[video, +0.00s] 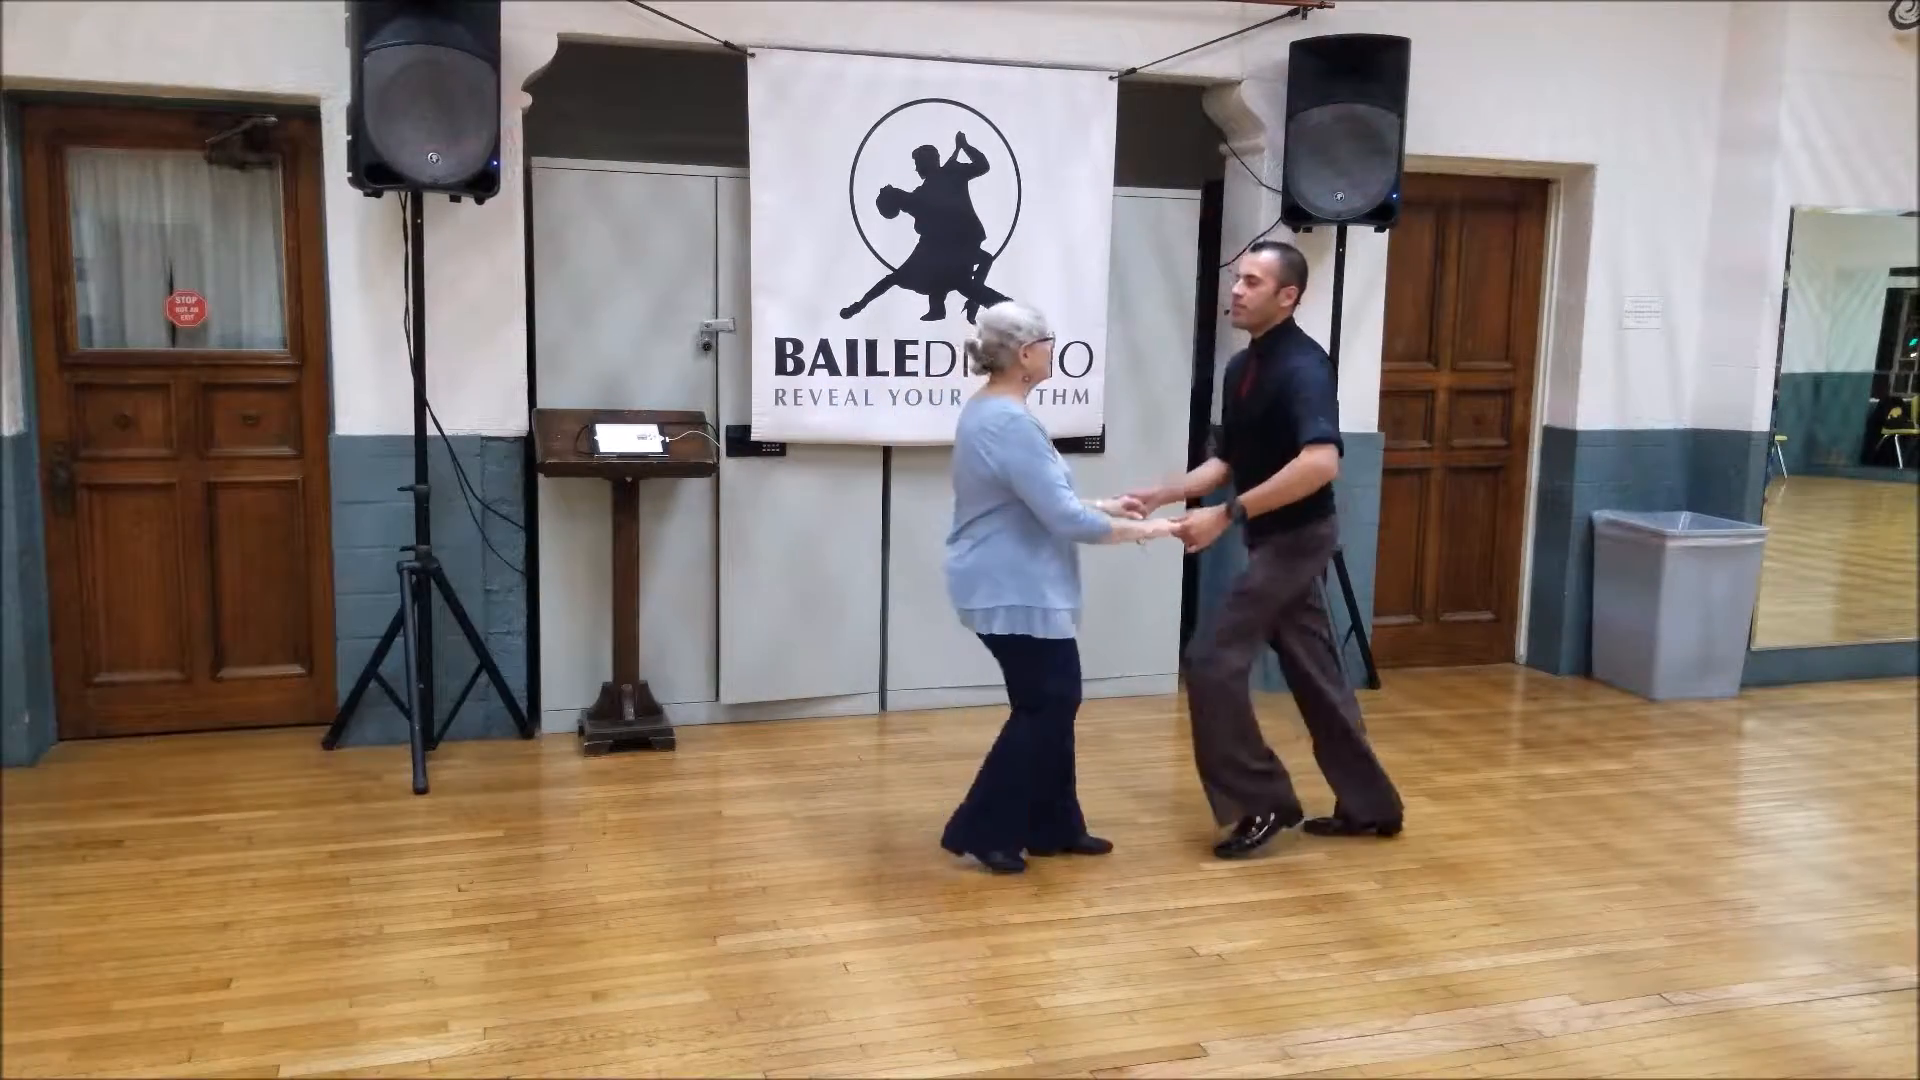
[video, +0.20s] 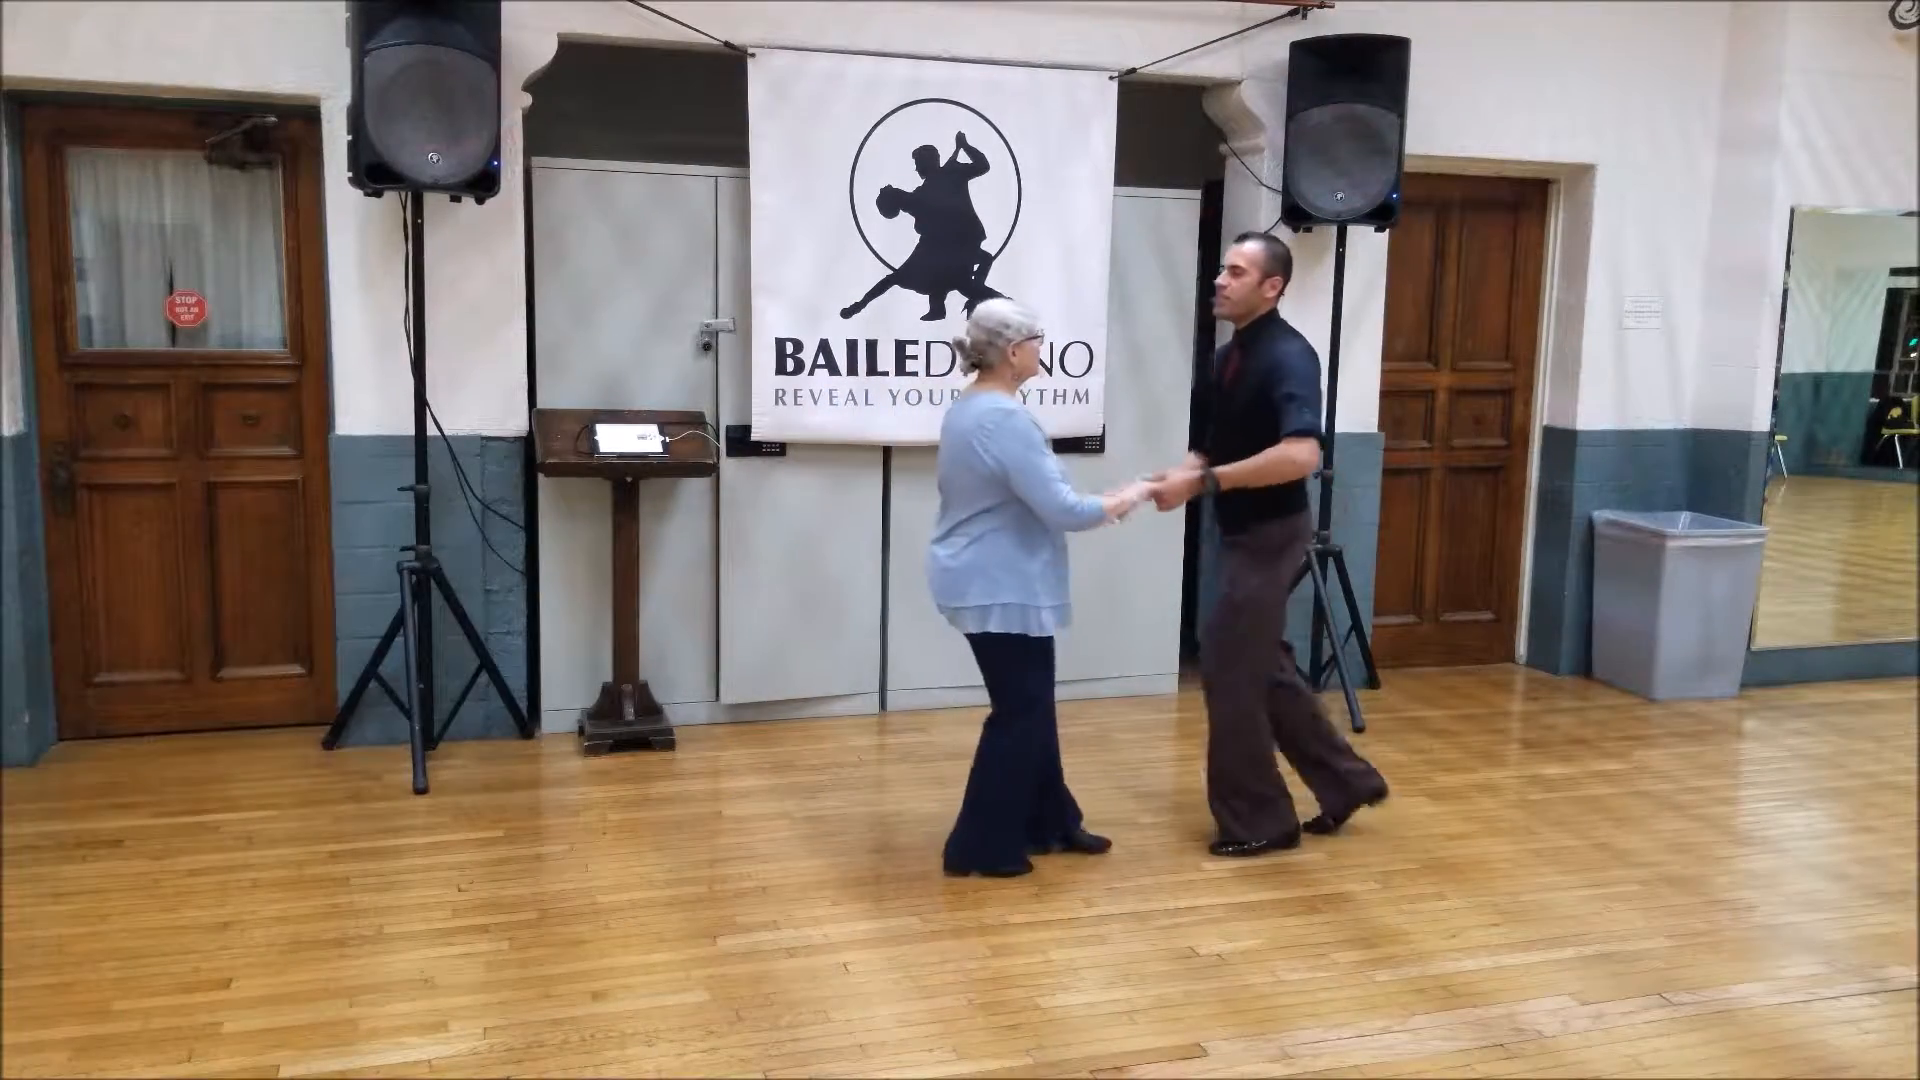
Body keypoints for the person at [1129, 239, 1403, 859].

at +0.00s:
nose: (1235, 290)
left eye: (1251, 283)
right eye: (1236, 279)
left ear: (1288, 296)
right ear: (1238, 285)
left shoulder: (1303, 364)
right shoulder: (1243, 366)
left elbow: (1322, 462)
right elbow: (1232, 459)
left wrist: (1229, 512)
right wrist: (1166, 492)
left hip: (1301, 536)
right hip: (1272, 535)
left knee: (1212, 660)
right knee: (1315, 671)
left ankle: (1265, 803)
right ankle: (1370, 805)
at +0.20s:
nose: (1220, 281)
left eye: (1236, 273)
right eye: (1223, 270)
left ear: (1272, 287)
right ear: (1234, 281)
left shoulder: (1290, 355)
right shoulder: (1229, 353)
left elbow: (1302, 455)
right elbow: (1213, 445)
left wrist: (1208, 478)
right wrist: (1179, 475)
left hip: (1273, 533)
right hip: (1237, 529)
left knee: (1229, 664)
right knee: (1256, 663)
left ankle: (1260, 822)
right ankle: (1346, 781)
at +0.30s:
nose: (1206, 274)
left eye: (1221, 267)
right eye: (1207, 263)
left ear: (1258, 280)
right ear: (1208, 273)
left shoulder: (1275, 353)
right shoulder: (1210, 343)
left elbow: (1272, 463)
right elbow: (1204, 435)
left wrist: (1177, 464)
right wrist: (1157, 461)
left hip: (1261, 531)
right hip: (1213, 527)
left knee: (1251, 676)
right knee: (1194, 663)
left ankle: (1263, 822)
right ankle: (1298, 754)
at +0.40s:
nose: (1187, 274)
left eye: (1202, 266)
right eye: (1189, 262)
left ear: (1238, 279)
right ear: (1199, 273)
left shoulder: (1256, 357)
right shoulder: (1189, 346)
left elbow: (1240, 471)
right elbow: (1173, 437)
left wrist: (1152, 460)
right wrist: (1126, 456)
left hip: (1249, 532)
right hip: (1198, 527)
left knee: (1260, 679)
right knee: (1148, 655)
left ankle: (1270, 823)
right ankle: (1209, 777)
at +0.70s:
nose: (1117, 282)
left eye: (1132, 274)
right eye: (1119, 271)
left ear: (1169, 288)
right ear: (1135, 285)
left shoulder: (1183, 366)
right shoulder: (1122, 357)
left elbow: (1164, 485)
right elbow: (1101, 451)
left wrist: (1069, 517)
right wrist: (1028, 470)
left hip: (1163, 533)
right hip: (1122, 526)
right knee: (1083, 667)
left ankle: (1179, 772)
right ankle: (1099, 821)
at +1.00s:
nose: (1073, 275)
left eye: (1088, 267)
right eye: (1075, 264)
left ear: (1125, 283)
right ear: (1081, 276)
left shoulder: (1140, 356)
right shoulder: (1078, 353)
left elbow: (1120, 461)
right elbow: (1057, 451)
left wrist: (1020, 497)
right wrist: (990, 482)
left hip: (1121, 532)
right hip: (1080, 525)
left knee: (1060, 674)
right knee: (1065, 672)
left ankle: (997, 830)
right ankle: (1097, 817)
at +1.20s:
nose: (1059, 279)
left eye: (1075, 271)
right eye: (1060, 268)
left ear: (1111, 287)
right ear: (1063, 277)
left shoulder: (1123, 364)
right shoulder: (1061, 355)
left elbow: (1096, 478)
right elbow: (1042, 457)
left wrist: (997, 505)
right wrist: (976, 486)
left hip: (1110, 539)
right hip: (1065, 531)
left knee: (1059, 687)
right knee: (1008, 666)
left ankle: (1001, 835)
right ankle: (1077, 788)